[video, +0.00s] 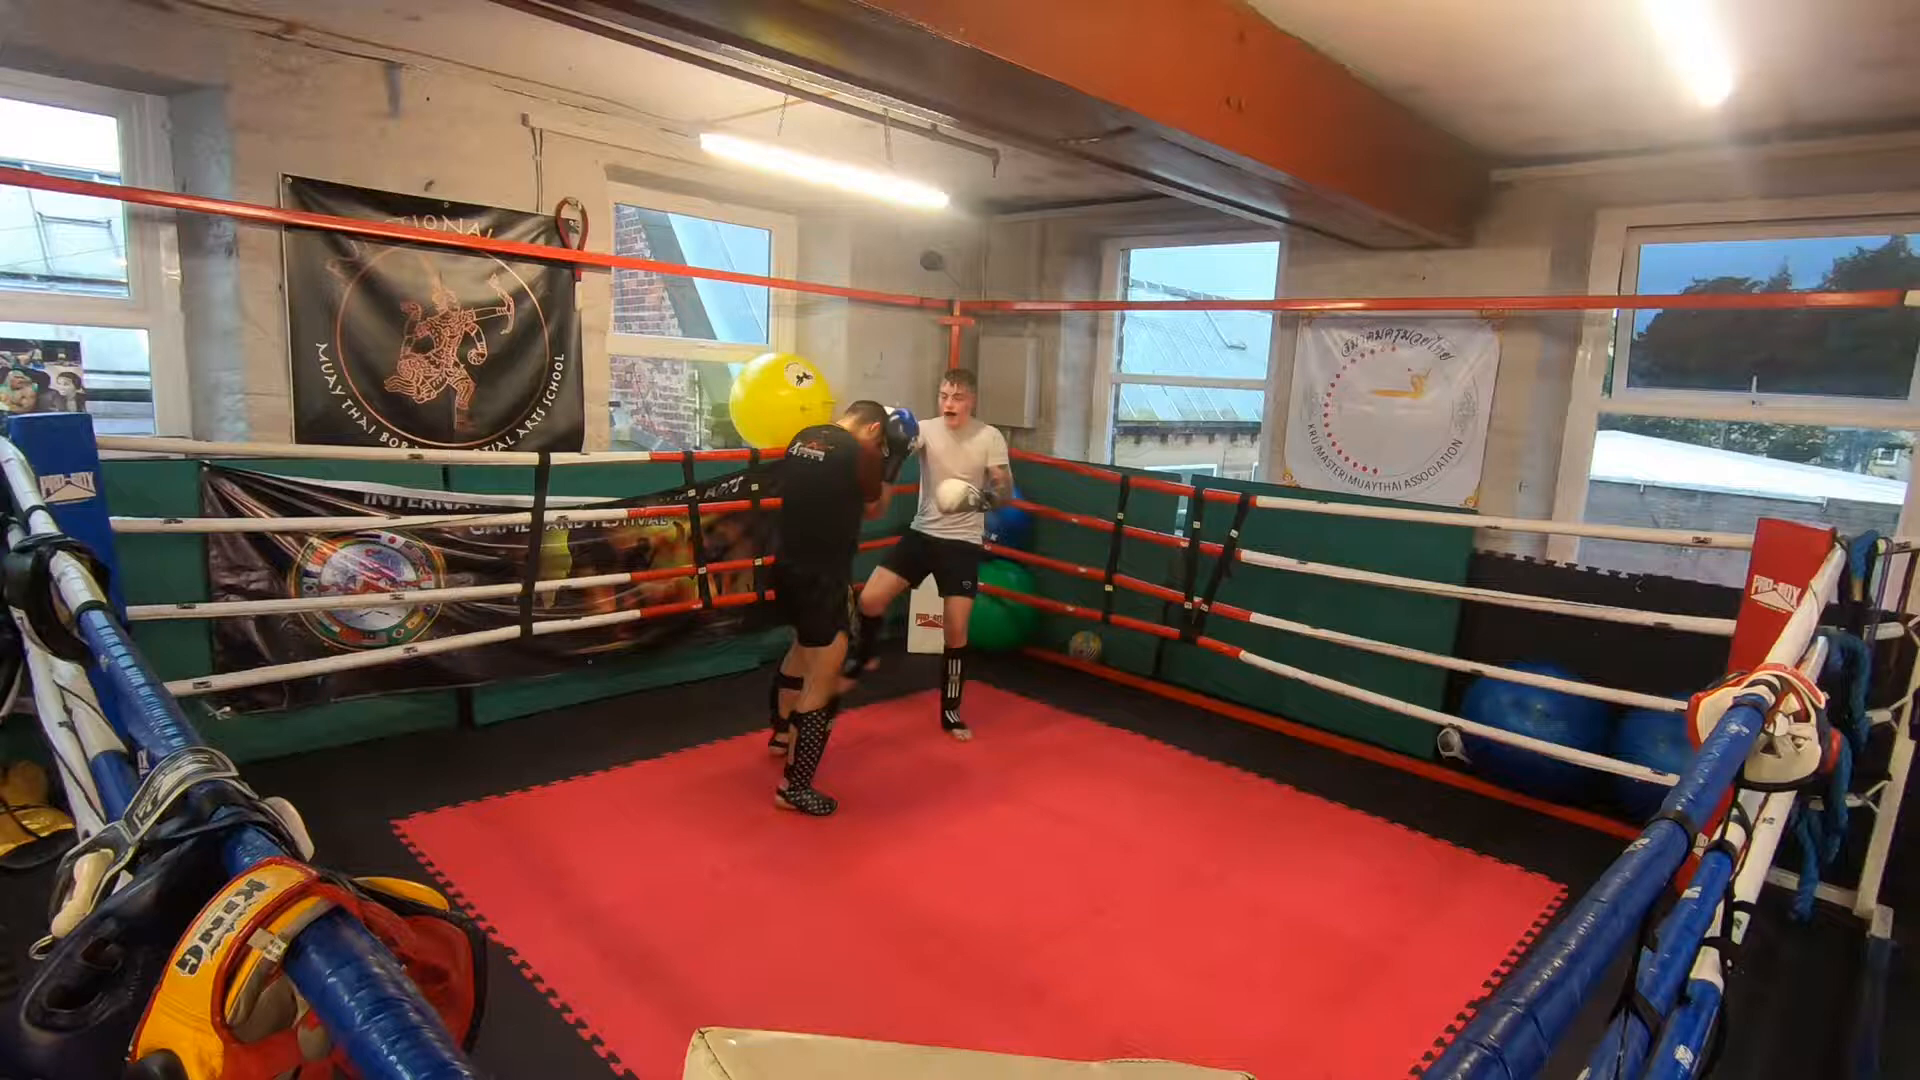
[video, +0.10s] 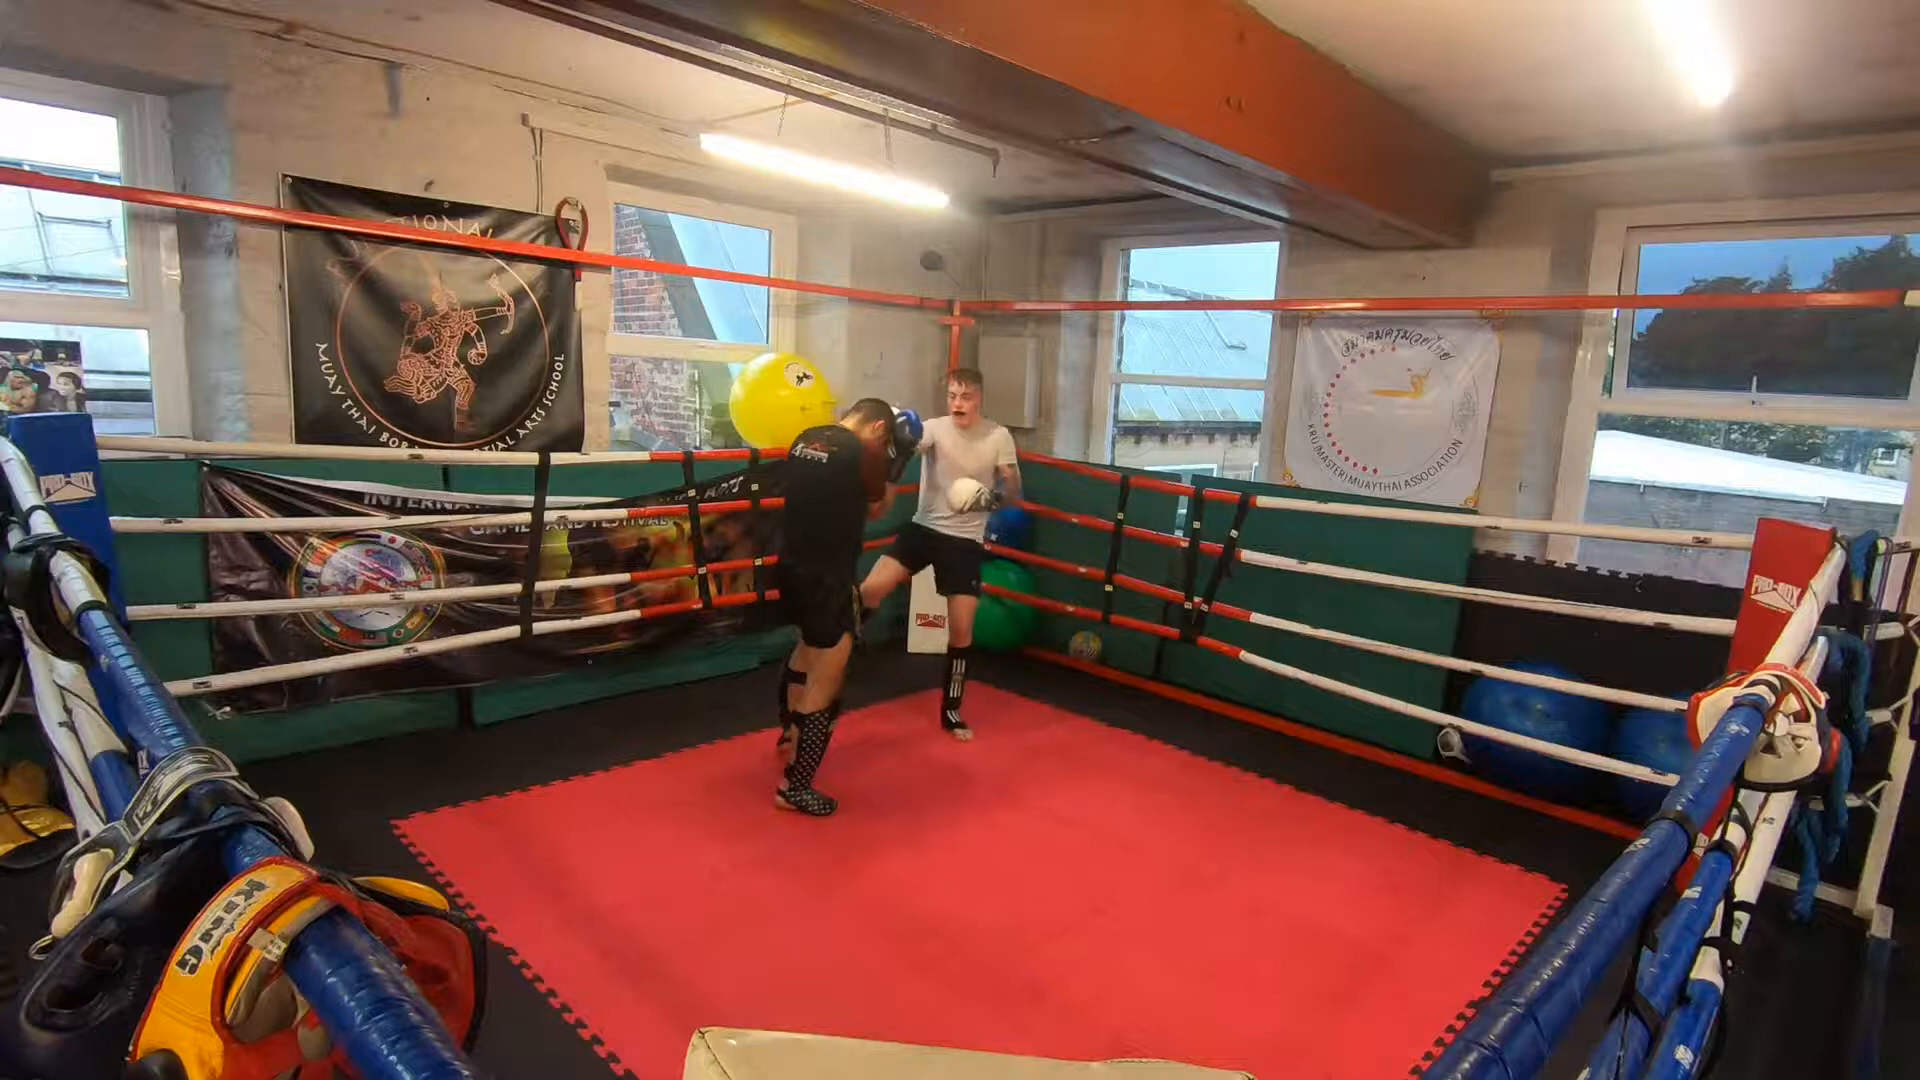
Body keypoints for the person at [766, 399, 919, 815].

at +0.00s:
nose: (876, 443)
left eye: (878, 437)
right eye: (878, 437)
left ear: (846, 416)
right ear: (871, 428)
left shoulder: (805, 439)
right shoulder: (856, 452)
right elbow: (876, 505)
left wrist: (875, 457)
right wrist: (895, 457)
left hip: (791, 571)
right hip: (823, 579)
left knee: (801, 650)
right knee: (824, 680)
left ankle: (783, 732)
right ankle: (797, 786)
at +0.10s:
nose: (880, 443)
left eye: (882, 437)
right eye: (884, 436)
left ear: (850, 414)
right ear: (877, 426)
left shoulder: (808, 439)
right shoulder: (859, 450)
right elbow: (879, 505)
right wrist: (898, 459)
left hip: (795, 572)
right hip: (828, 581)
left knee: (807, 649)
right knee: (826, 682)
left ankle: (792, 732)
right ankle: (797, 787)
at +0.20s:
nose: (884, 443)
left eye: (885, 438)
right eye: (886, 437)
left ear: (853, 414)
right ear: (879, 428)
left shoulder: (813, 441)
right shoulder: (865, 456)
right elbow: (885, 505)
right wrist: (903, 460)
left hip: (797, 574)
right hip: (833, 584)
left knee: (811, 648)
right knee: (830, 685)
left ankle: (804, 722)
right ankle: (797, 787)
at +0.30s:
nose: (889, 444)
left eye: (891, 438)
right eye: (891, 438)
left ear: (858, 415)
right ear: (883, 427)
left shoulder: (819, 441)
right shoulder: (862, 454)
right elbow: (888, 506)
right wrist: (911, 457)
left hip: (805, 573)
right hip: (836, 583)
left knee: (818, 654)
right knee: (833, 685)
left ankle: (800, 733)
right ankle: (797, 788)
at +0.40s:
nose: (894, 440)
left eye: (896, 434)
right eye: (897, 434)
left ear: (865, 412)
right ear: (890, 423)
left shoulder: (829, 442)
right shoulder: (866, 454)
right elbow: (899, 508)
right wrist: (914, 459)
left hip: (820, 573)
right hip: (840, 581)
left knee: (845, 657)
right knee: (833, 682)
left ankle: (819, 731)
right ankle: (797, 787)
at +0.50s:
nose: (907, 438)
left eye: (908, 432)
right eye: (909, 431)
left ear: (873, 413)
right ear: (900, 421)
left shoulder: (835, 449)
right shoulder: (880, 454)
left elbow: (828, 517)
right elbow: (911, 512)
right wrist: (928, 462)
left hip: (831, 572)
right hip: (855, 580)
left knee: (852, 662)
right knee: (837, 680)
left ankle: (833, 738)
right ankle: (797, 785)